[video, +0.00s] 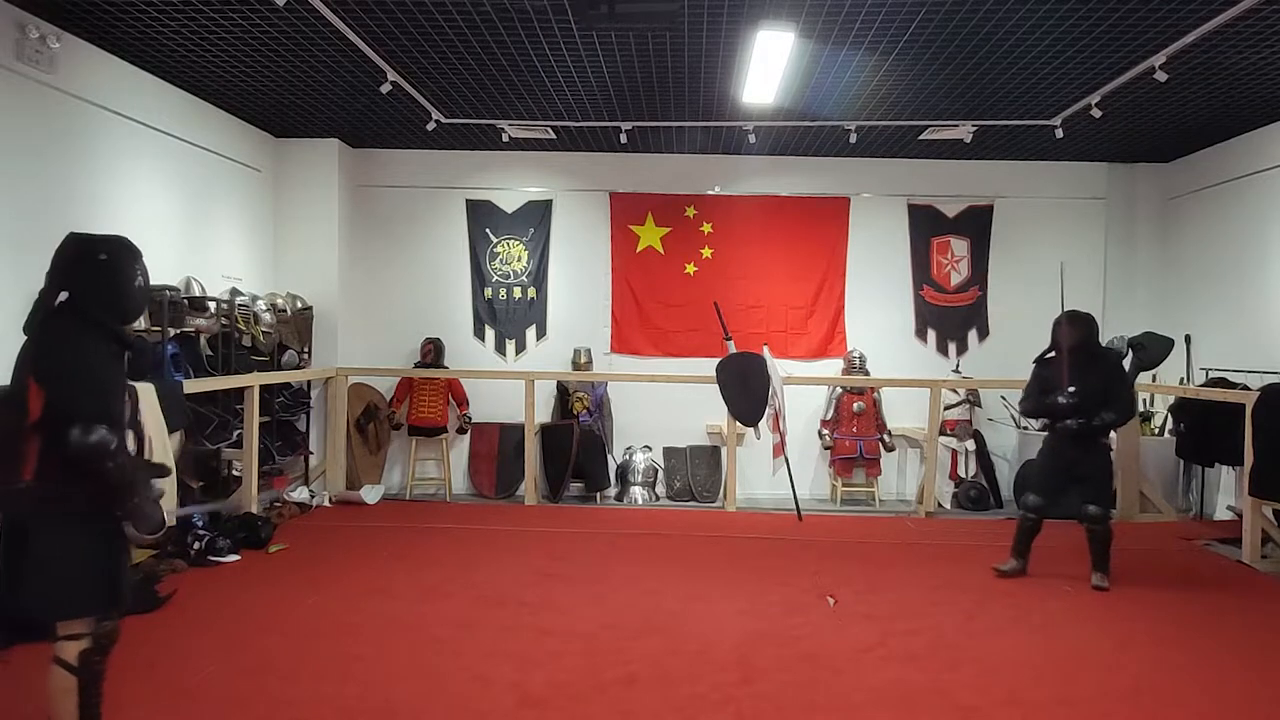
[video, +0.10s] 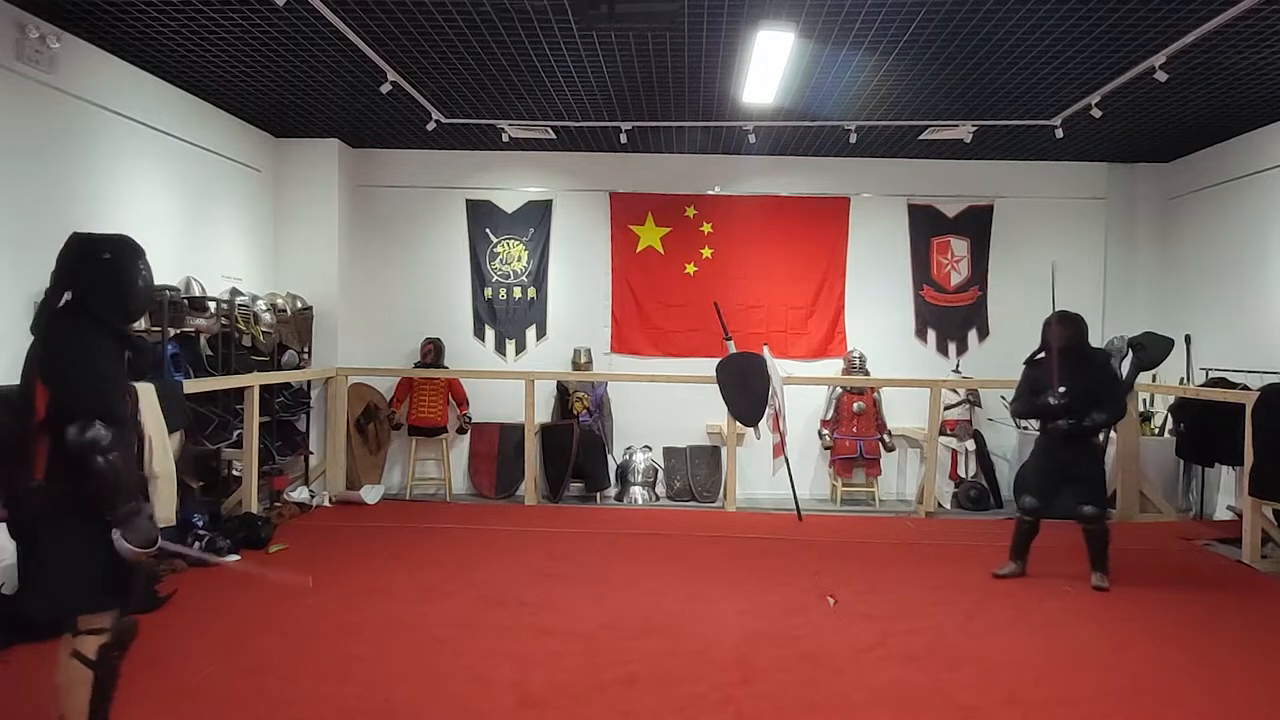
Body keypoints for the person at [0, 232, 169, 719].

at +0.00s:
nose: (140, 291)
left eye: (138, 280)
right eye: (132, 280)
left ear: (84, 283)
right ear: (105, 285)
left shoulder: (84, 334)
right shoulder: (80, 342)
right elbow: (91, 439)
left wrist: (133, 474)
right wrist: (136, 495)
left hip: (87, 505)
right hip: (65, 509)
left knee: (101, 628)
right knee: (76, 636)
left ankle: (87, 713)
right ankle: (69, 717)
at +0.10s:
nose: (143, 293)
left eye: (142, 281)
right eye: (136, 282)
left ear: (86, 281)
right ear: (109, 285)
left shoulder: (68, 331)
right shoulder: (86, 342)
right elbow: (98, 445)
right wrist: (135, 522)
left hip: (64, 504)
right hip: (77, 511)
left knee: (96, 621)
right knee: (94, 629)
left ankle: (81, 707)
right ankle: (80, 714)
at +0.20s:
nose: (146, 288)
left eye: (145, 276)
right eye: (137, 277)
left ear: (86, 282)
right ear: (108, 282)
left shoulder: (63, 332)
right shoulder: (94, 341)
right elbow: (94, 433)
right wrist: (112, 513)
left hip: (62, 501)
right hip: (93, 504)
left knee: (83, 622)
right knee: (134, 610)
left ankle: (72, 712)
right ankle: (90, 714)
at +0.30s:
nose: (147, 290)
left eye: (145, 278)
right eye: (139, 279)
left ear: (83, 282)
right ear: (116, 284)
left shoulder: (61, 336)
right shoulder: (107, 345)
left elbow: (48, 428)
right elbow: (106, 435)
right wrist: (90, 510)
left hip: (65, 500)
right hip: (108, 501)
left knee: (82, 614)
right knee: (175, 601)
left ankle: (72, 713)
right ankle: (111, 709)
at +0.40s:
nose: (149, 285)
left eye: (146, 274)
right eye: (141, 275)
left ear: (85, 281)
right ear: (122, 281)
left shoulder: (59, 335)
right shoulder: (125, 344)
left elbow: (43, 422)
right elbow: (139, 445)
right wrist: (161, 497)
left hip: (70, 492)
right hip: (119, 493)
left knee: (81, 615)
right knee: (187, 596)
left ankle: (73, 714)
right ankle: (144, 710)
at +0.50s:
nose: (151, 284)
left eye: (147, 273)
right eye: (143, 274)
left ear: (86, 282)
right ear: (128, 281)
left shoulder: (64, 338)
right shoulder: (134, 342)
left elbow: (42, 421)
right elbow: (152, 426)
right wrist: (166, 484)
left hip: (80, 492)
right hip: (135, 493)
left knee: (79, 618)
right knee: (183, 606)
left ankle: (72, 714)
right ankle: (194, 713)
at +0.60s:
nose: (157, 285)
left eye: (152, 273)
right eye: (148, 275)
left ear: (89, 285)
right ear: (131, 284)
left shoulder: (72, 340)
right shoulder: (133, 342)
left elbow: (59, 427)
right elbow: (157, 426)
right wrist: (157, 503)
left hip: (93, 501)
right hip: (142, 500)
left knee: (89, 616)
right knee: (185, 610)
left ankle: (76, 713)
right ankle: (219, 712)